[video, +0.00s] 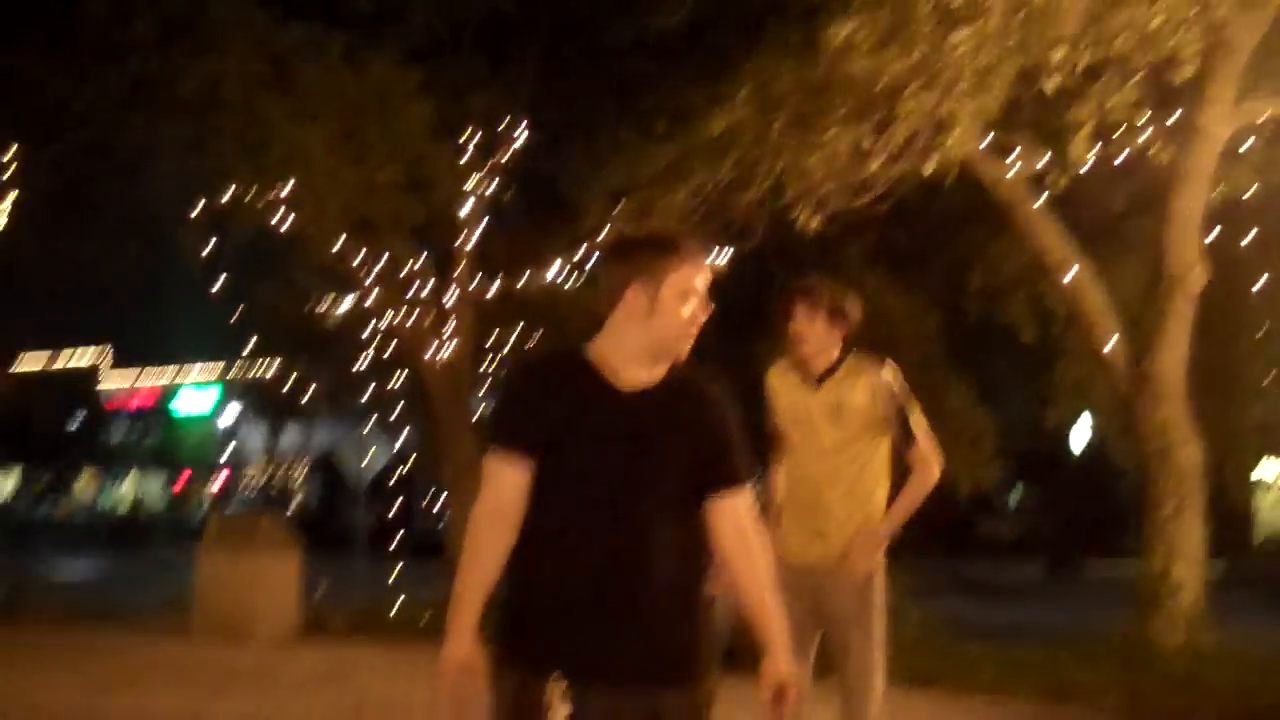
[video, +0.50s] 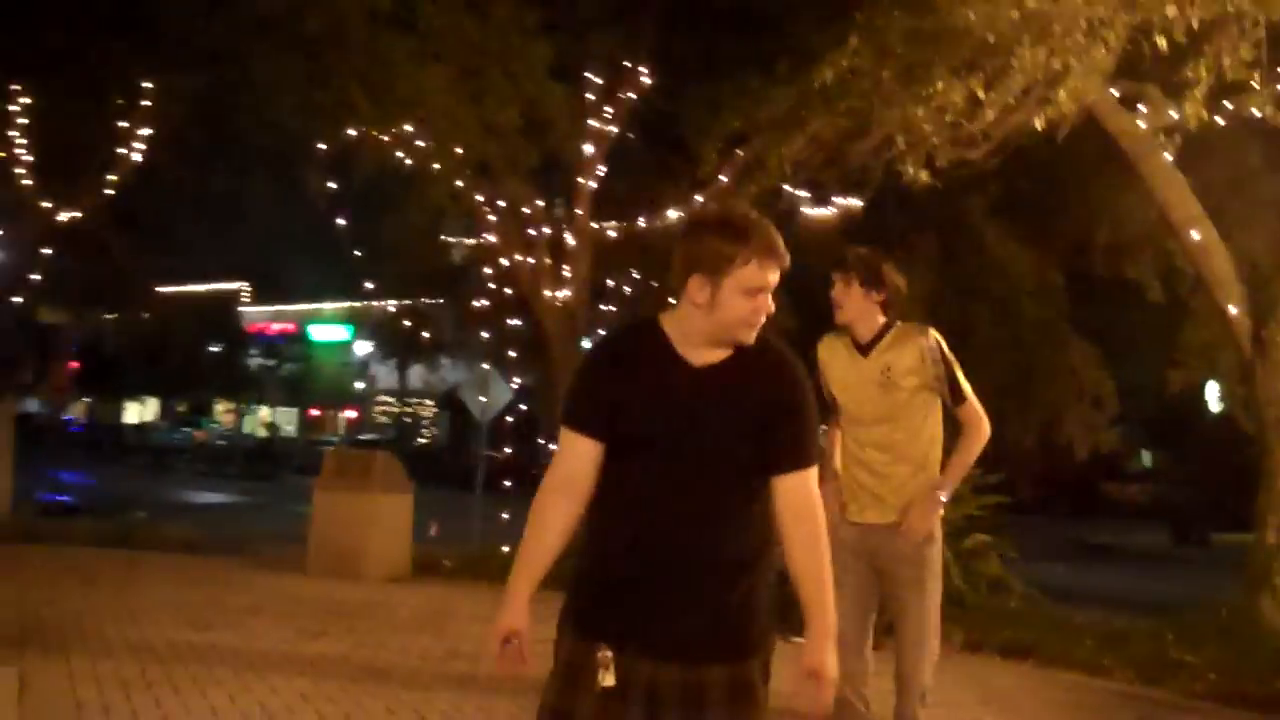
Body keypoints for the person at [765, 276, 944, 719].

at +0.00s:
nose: (796, 329)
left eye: (809, 319)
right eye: (794, 318)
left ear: (840, 327)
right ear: (788, 322)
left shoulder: (878, 379)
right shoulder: (778, 381)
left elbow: (929, 464)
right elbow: (780, 454)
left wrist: (879, 535)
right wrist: (773, 524)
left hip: (854, 565)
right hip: (790, 561)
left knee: (862, 699)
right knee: (784, 694)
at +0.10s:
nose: (839, 338)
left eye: (852, 326)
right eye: (839, 325)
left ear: (885, 334)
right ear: (833, 327)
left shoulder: (926, 381)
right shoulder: (823, 390)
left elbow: (982, 456)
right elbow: (810, 469)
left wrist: (931, 532)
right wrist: (816, 539)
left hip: (908, 562)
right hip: (841, 562)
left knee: (918, 692)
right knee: (840, 690)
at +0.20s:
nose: (869, 329)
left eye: (881, 318)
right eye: (868, 318)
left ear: (916, 324)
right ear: (866, 322)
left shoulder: (963, 373)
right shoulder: (857, 386)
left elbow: (1026, 443)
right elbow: (847, 469)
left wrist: (971, 521)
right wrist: (851, 544)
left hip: (952, 559)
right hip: (884, 561)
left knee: (968, 695)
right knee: (884, 688)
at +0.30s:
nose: (881, 298)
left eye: (891, 286)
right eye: (878, 286)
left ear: (925, 290)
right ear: (876, 291)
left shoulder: (971, 344)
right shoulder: (869, 351)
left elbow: (1032, 414)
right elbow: (862, 422)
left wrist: (980, 481)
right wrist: (863, 486)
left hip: (960, 521)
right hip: (893, 521)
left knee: (971, 653)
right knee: (892, 647)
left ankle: (969, 712)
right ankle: (889, 713)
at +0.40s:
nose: (834, 288)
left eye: (845, 278)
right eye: (835, 278)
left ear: (876, 286)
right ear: (842, 285)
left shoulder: (925, 339)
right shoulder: (828, 344)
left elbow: (982, 411)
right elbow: (830, 413)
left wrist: (937, 481)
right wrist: (833, 474)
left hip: (916, 518)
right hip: (852, 517)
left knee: (924, 655)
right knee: (849, 649)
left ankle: (919, 714)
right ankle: (852, 709)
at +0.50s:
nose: (834, 295)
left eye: (845, 285)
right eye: (835, 285)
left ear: (877, 294)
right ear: (843, 292)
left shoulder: (923, 346)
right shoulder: (829, 350)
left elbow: (977, 425)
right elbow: (833, 420)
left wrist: (937, 497)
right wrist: (831, 478)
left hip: (913, 530)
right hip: (850, 529)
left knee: (914, 673)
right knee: (846, 665)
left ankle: (909, 715)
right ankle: (850, 714)